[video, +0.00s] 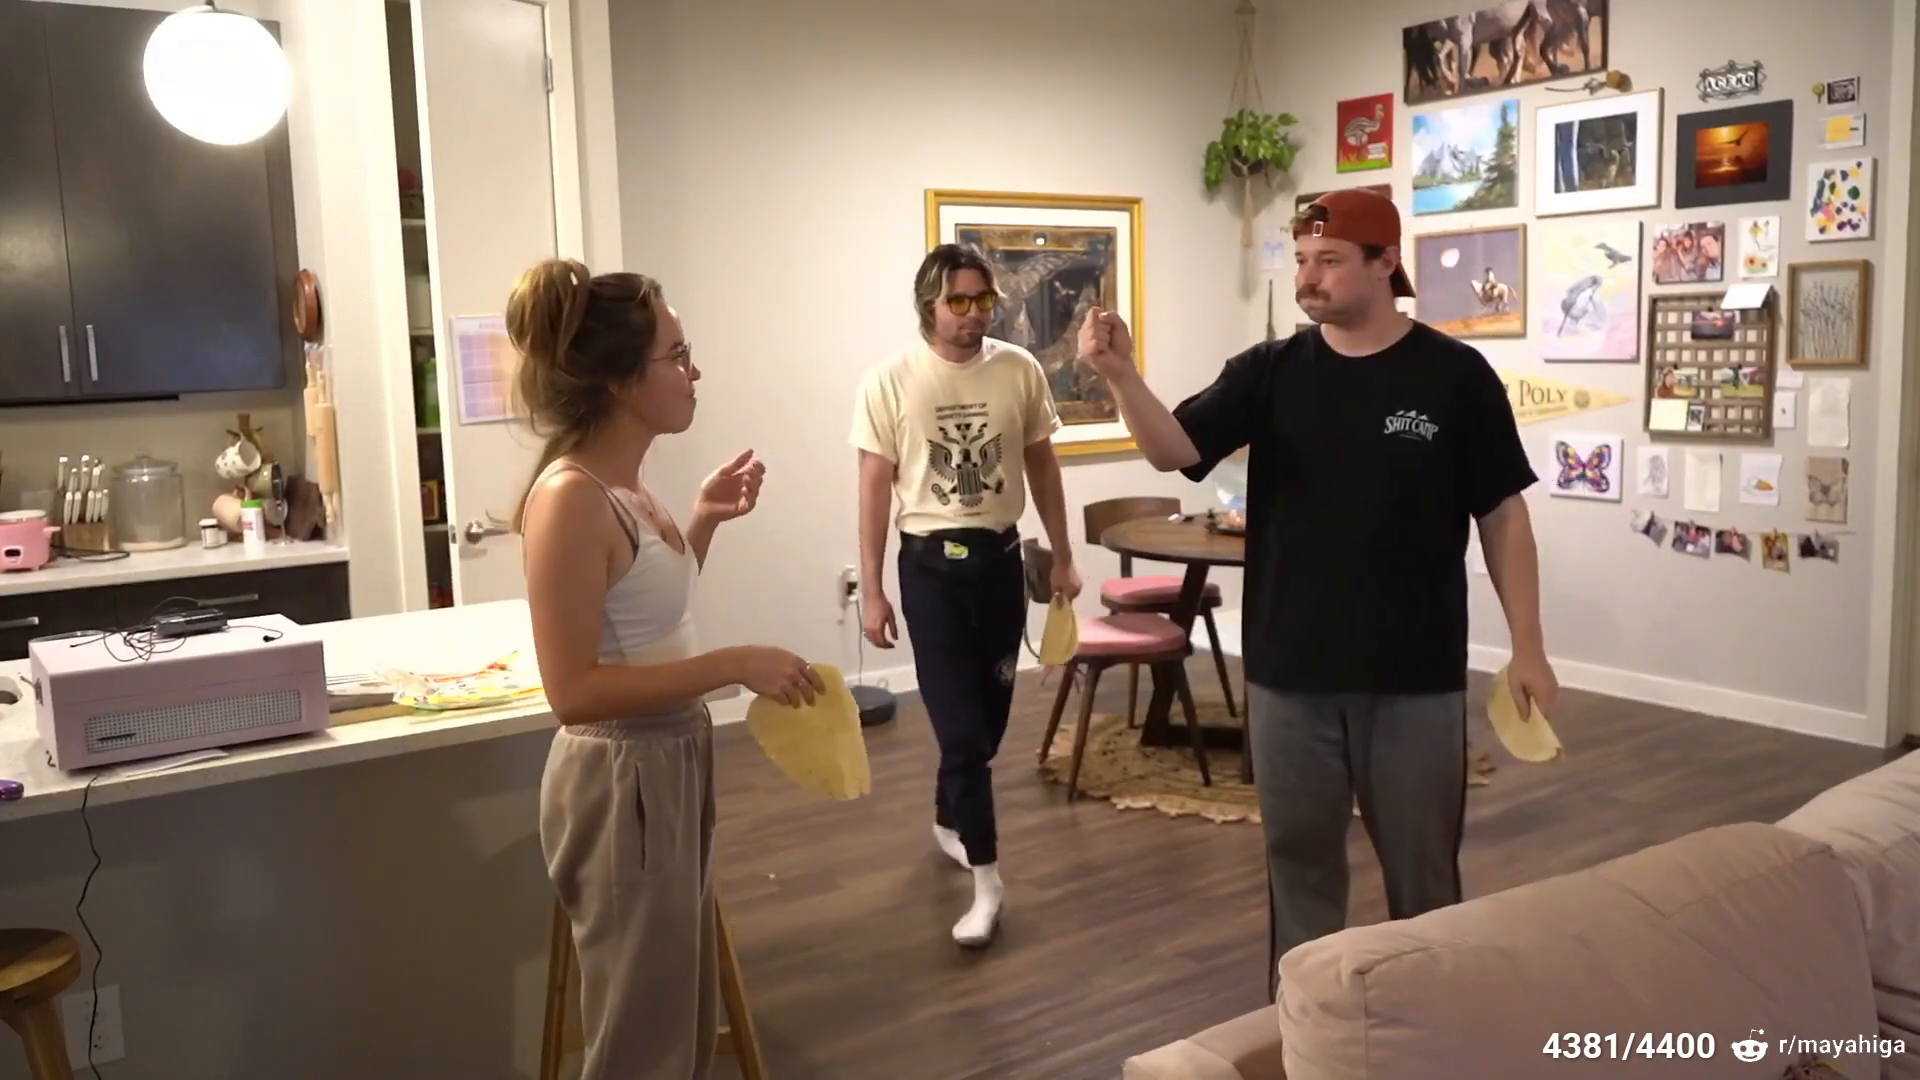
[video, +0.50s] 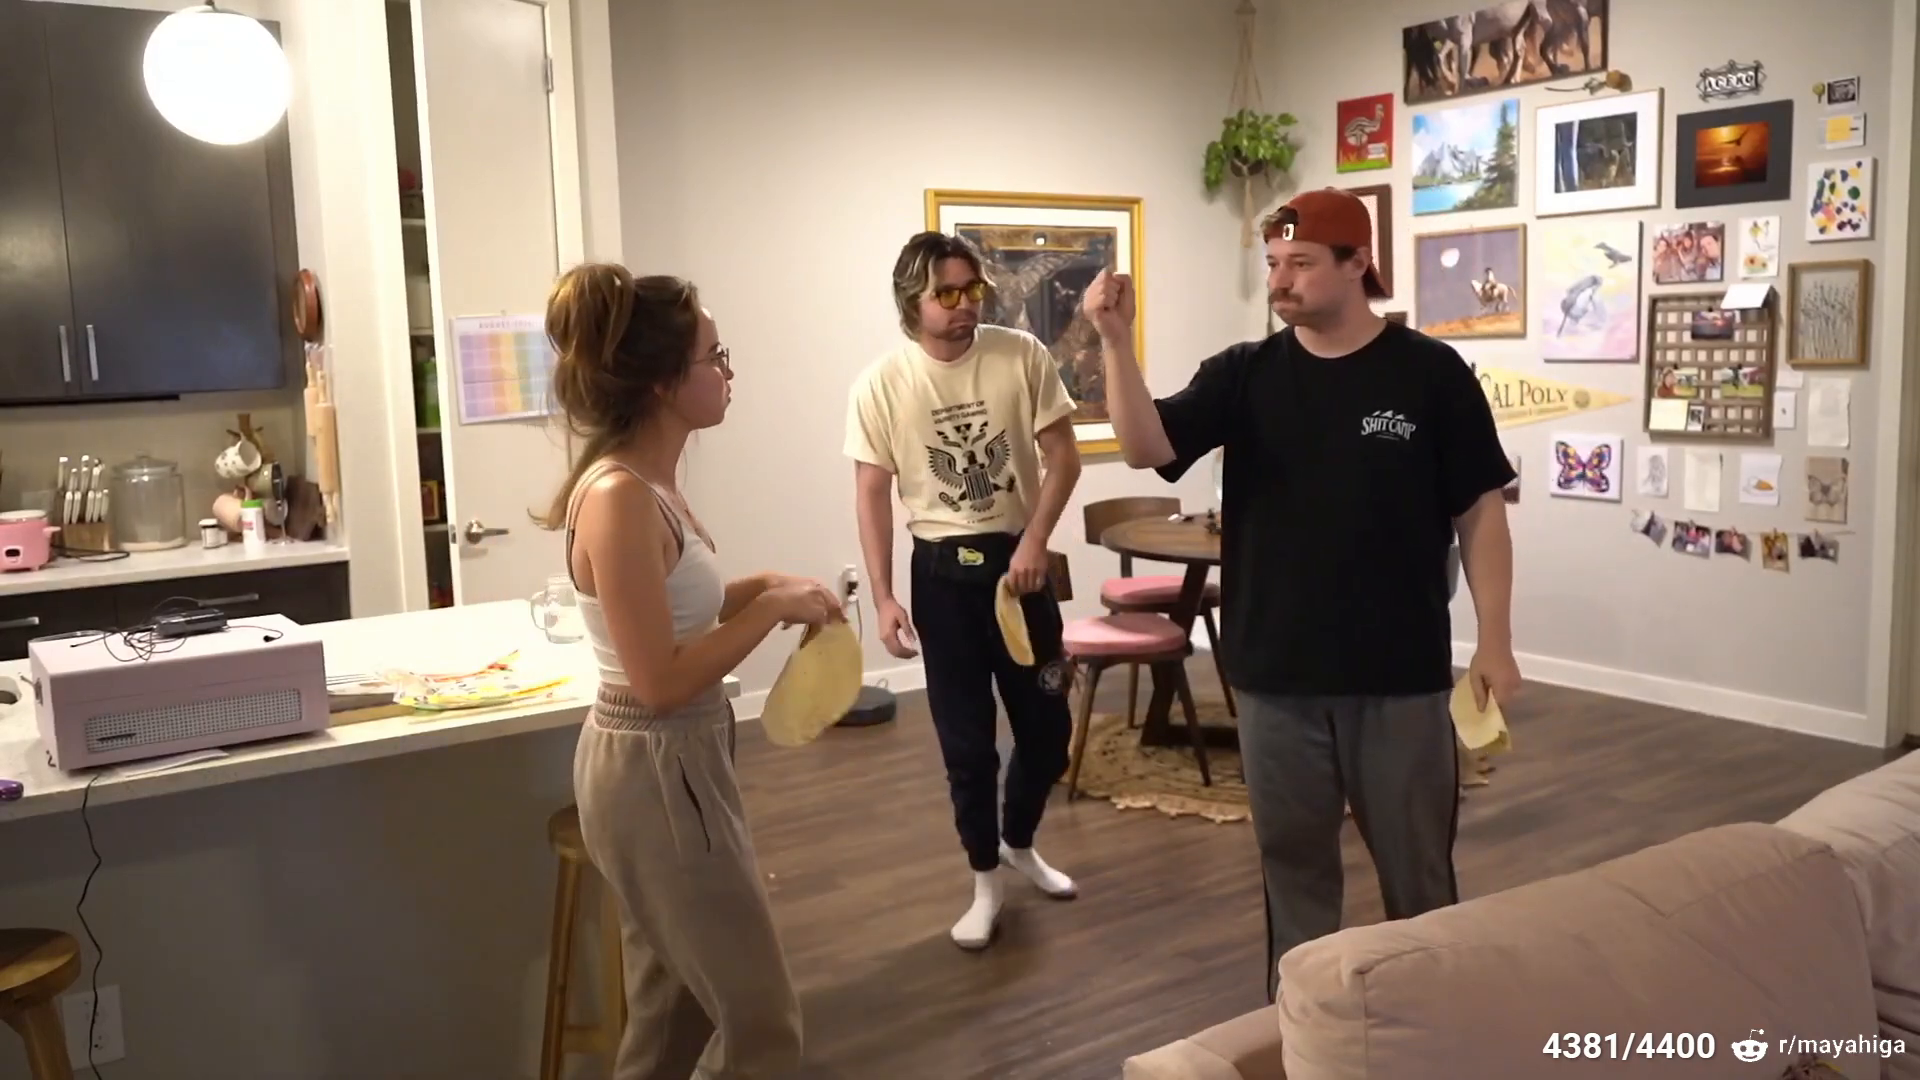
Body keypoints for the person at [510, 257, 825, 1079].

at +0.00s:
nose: (694, 372)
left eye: (686, 353)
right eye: (677, 358)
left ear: (625, 383)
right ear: (618, 383)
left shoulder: (628, 485)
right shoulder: (568, 499)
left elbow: (651, 611)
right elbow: (574, 692)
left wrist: (705, 518)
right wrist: (734, 666)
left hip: (668, 759)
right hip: (618, 776)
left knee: (681, 1012)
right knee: (642, 1028)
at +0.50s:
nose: (729, 374)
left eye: (722, 356)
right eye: (714, 360)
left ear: (663, 383)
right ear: (663, 383)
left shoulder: (650, 484)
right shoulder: (617, 498)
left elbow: (672, 621)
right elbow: (657, 684)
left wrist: (760, 590)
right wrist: (770, 609)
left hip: (665, 758)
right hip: (656, 775)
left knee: (663, 1020)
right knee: (763, 1026)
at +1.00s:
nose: (802, 364)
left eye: (795, 348)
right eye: (788, 353)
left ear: (729, 380)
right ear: (744, 381)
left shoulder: (672, 475)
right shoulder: (725, 488)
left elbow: (724, 609)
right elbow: (795, 667)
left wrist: (827, 583)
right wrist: (858, 597)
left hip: (679, 739)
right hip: (741, 756)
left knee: (711, 991)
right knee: (796, 997)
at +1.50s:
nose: (822, 366)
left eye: (816, 349)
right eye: (808, 354)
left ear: (746, 378)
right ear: (762, 379)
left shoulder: (683, 474)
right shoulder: (745, 489)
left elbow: (689, 624)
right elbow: (794, 677)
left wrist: (820, 620)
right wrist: (864, 631)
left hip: (689, 743)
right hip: (748, 762)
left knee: (759, 996)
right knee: (791, 1010)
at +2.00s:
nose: (804, 363)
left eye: (799, 347)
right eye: (794, 350)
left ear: (728, 372)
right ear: (745, 371)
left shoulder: (677, 469)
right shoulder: (736, 487)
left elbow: (728, 598)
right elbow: (793, 664)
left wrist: (824, 552)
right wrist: (905, 622)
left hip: (693, 732)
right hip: (749, 750)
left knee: (743, 978)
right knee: (792, 999)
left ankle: (738, 1071)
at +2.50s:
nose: (816, 368)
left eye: (812, 352)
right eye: (806, 353)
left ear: (742, 371)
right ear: (758, 372)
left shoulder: (697, 470)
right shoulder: (738, 489)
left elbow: (784, 584)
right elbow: (775, 671)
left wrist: (858, 497)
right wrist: (918, 632)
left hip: (713, 733)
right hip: (757, 751)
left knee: (750, 974)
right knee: (795, 992)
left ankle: (737, 1071)